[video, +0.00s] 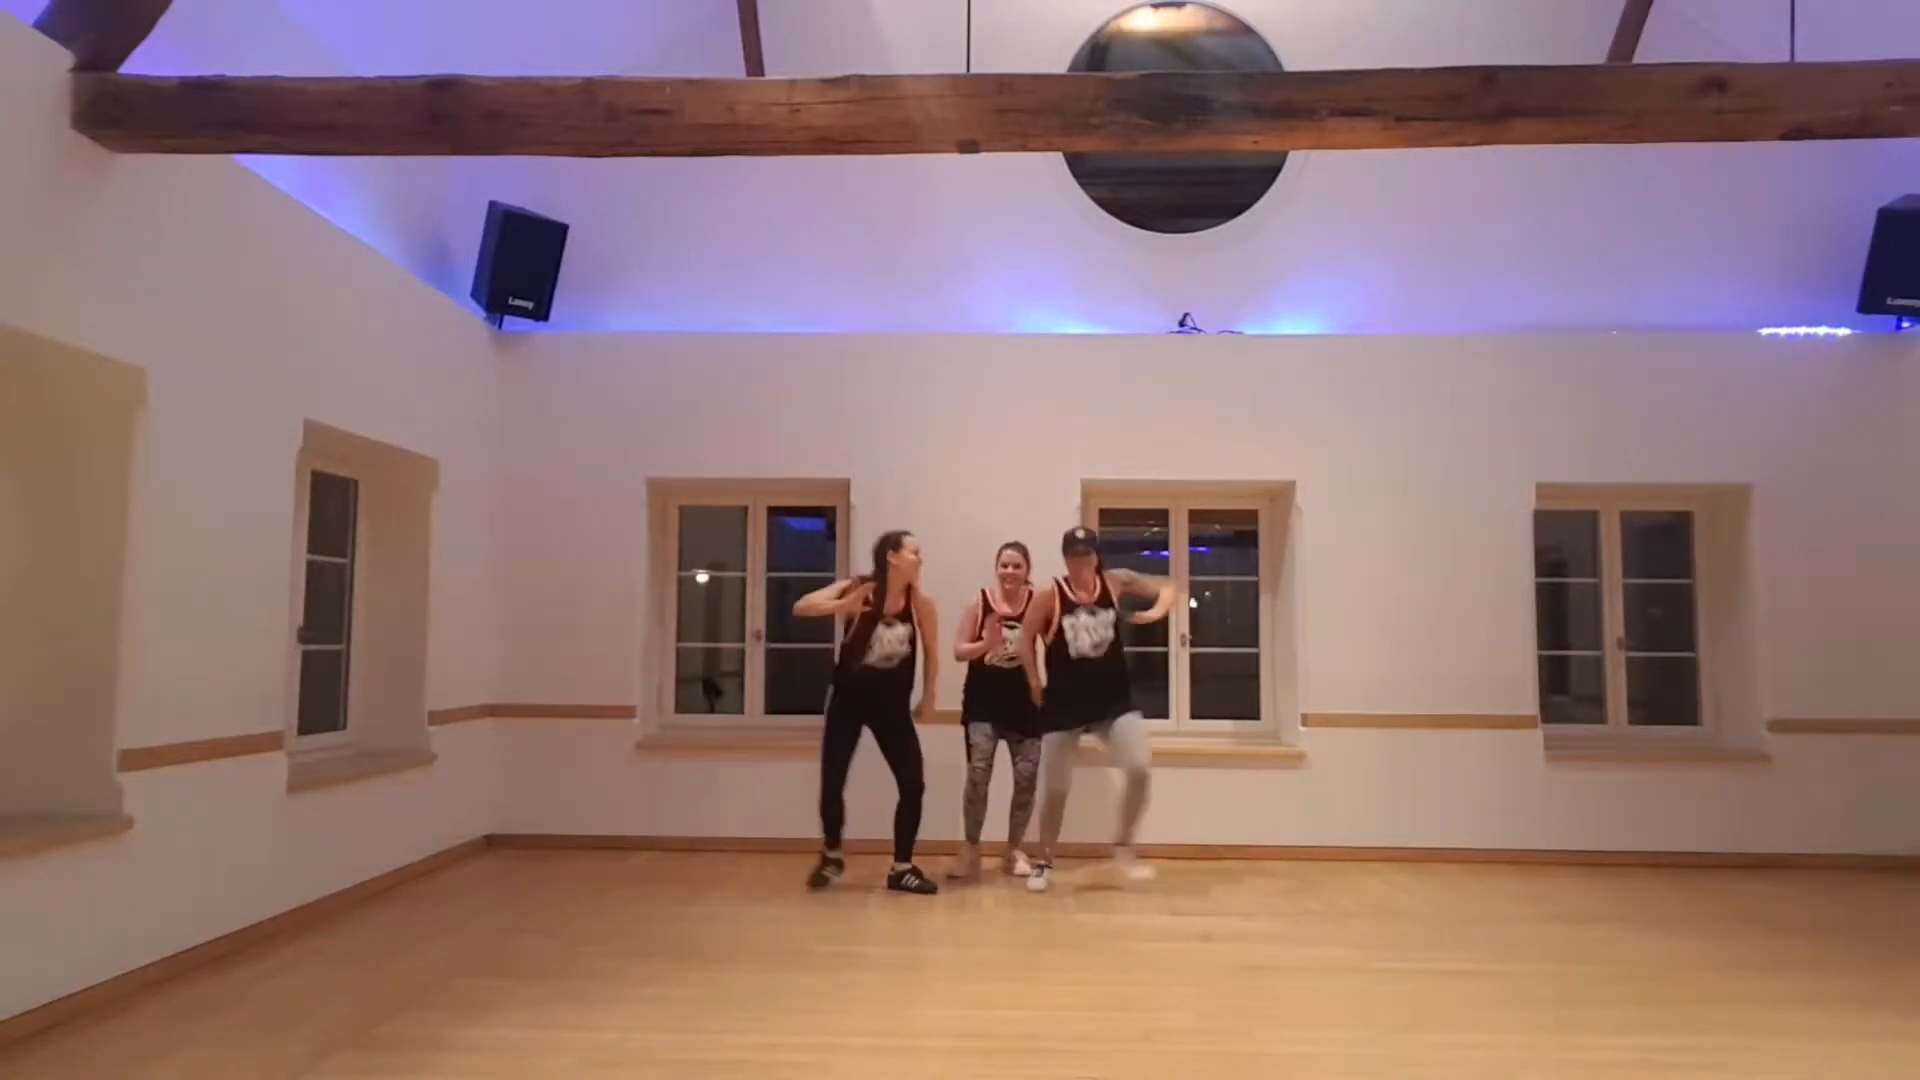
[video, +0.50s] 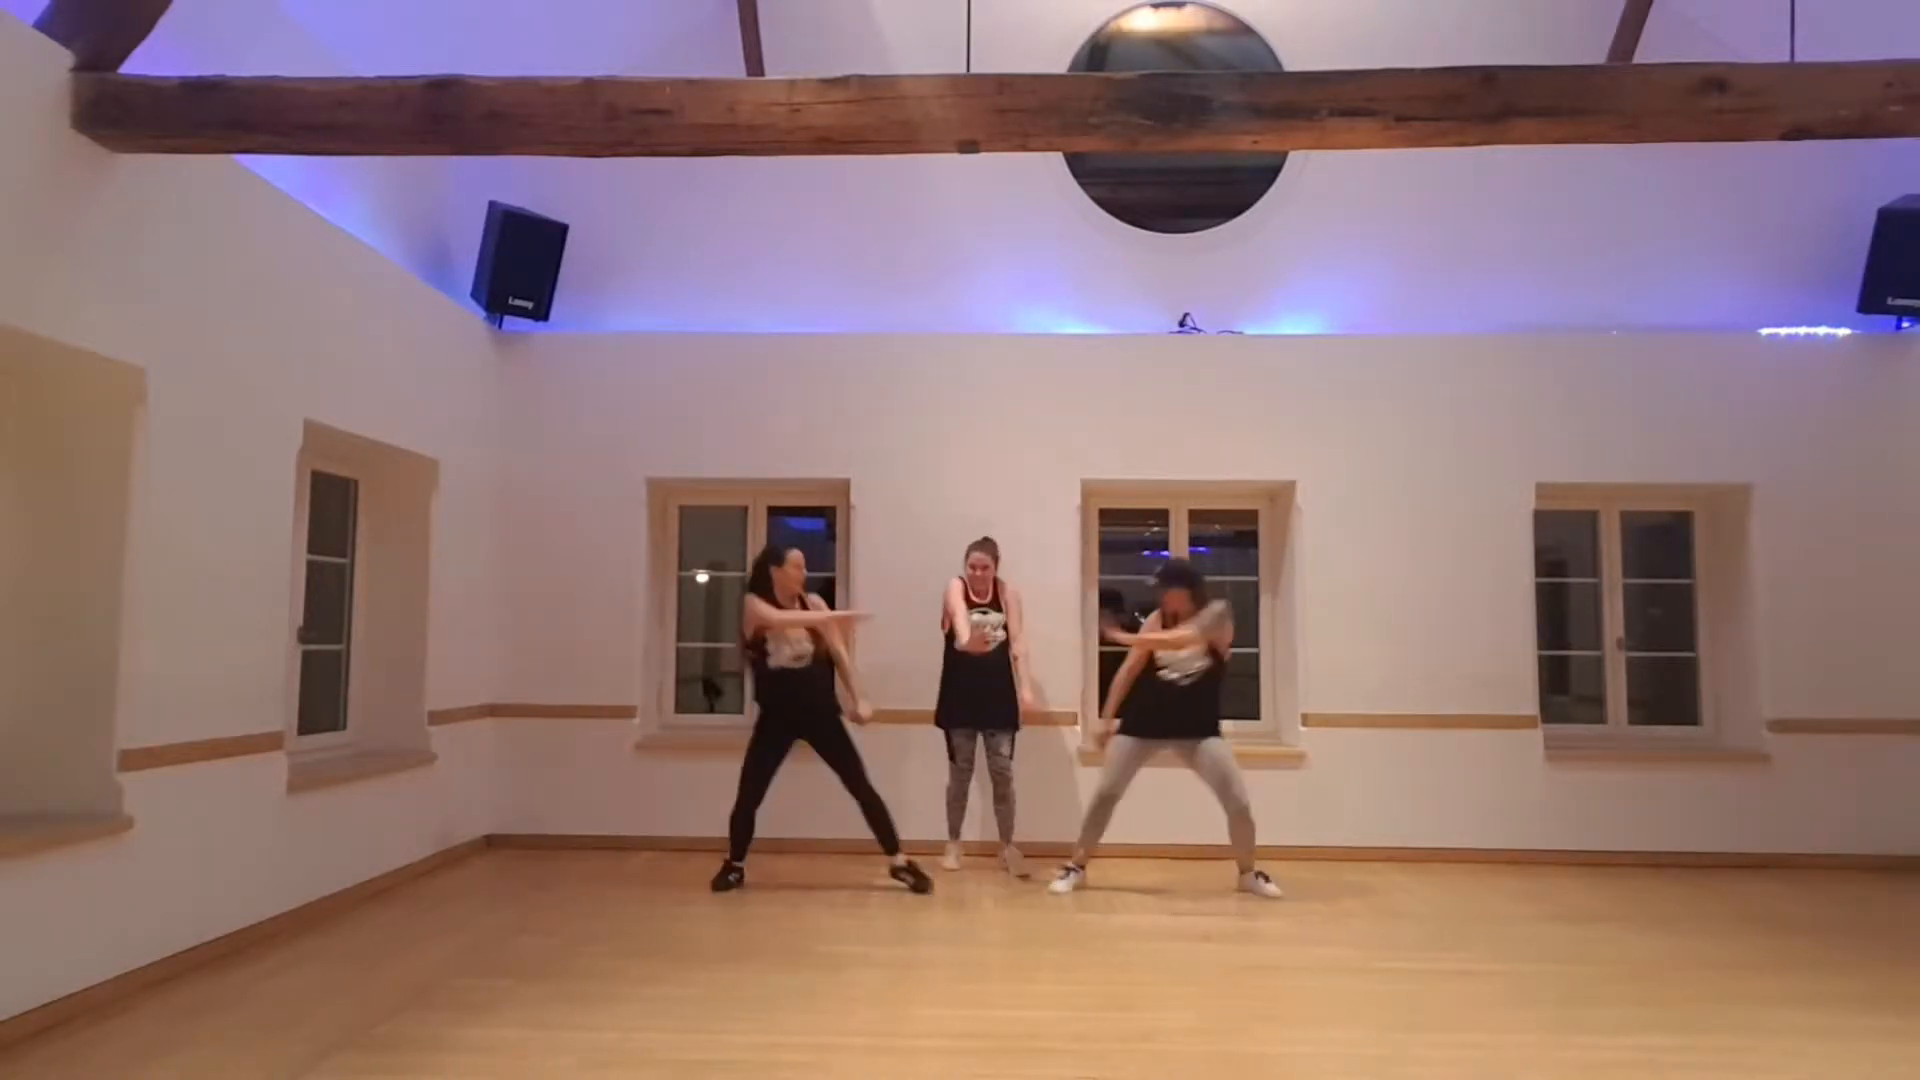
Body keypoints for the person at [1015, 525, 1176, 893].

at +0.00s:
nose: (1080, 563)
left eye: (1086, 556)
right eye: (1074, 556)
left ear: (1096, 556)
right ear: (1064, 558)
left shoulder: (1117, 582)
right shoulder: (1049, 595)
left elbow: (1169, 588)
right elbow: (1025, 640)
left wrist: (1155, 612)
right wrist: (1035, 686)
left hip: (1112, 700)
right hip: (1064, 703)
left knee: (1139, 769)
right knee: (1055, 788)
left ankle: (1124, 848)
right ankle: (1044, 862)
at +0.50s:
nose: (1167, 602)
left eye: (1174, 594)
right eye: (1164, 595)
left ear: (1193, 592)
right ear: (1160, 595)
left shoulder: (1217, 614)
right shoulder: (1154, 622)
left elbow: (1186, 638)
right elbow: (1129, 669)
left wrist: (1123, 637)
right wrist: (1107, 718)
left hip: (1197, 732)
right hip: (1141, 729)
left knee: (1237, 801)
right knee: (1106, 793)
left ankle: (1247, 875)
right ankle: (1076, 868)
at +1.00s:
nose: (1237, 591)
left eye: (1240, 584)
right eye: (1231, 583)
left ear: (1243, 586)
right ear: (1210, 582)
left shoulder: (1246, 618)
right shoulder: (1182, 608)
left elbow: (1288, 638)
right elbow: (1126, 605)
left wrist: (1300, 601)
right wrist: (1132, 587)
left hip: (1266, 719)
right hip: (1225, 728)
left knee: (1284, 802)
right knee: (1268, 803)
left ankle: (1252, 870)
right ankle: (1248, 873)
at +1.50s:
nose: (1230, 577)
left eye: (1230, 569)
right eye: (1225, 569)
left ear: (1207, 571)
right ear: (1204, 570)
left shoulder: (1203, 605)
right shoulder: (1195, 607)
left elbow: (1250, 638)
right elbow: (1256, 639)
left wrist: (1293, 615)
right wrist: (1299, 609)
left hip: (1208, 720)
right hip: (1171, 721)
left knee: (1255, 791)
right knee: (1158, 802)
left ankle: (1244, 874)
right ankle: (1100, 879)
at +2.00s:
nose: (1164, 550)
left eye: (1165, 543)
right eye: (1157, 543)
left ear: (1164, 547)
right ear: (1134, 546)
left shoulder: (1164, 580)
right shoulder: (1110, 583)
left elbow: (1161, 624)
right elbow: (1047, 600)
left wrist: (1169, 655)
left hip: (1150, 700)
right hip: (1107, 703)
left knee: (1176, 784)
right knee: (1107, 798)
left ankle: (1143, 873)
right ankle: (1086, 881)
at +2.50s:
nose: (1115, 556)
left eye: (1122, 547)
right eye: (1112, 549)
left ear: (1144, 547)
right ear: (1112, 552)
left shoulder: (1172, 575)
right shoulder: (1104, 581)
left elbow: (1220, 600)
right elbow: (1074, 629)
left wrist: (1173, 593)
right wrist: (1079, 684)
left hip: (1165, 696)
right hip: (1113, 697)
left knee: (1173, 783)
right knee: (1102, 792)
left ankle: (1197, 874)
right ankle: (1086, 879)